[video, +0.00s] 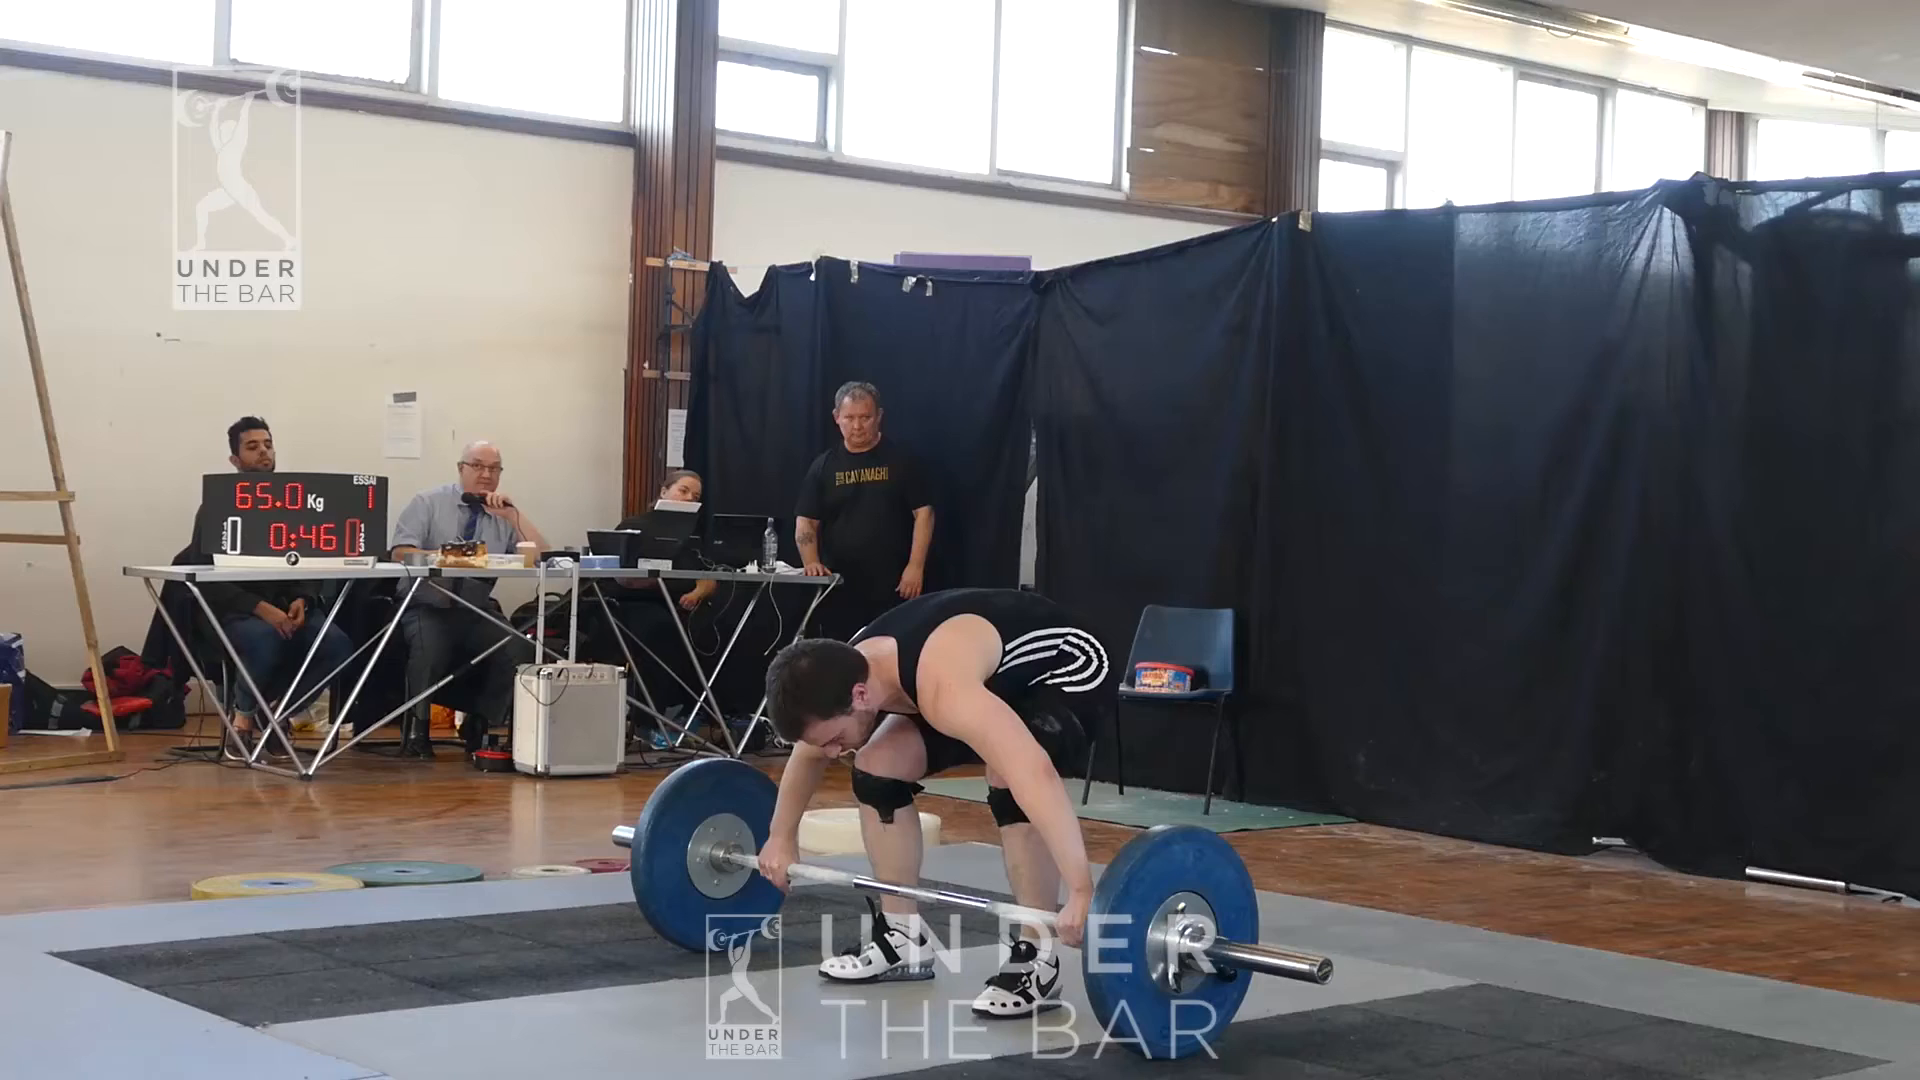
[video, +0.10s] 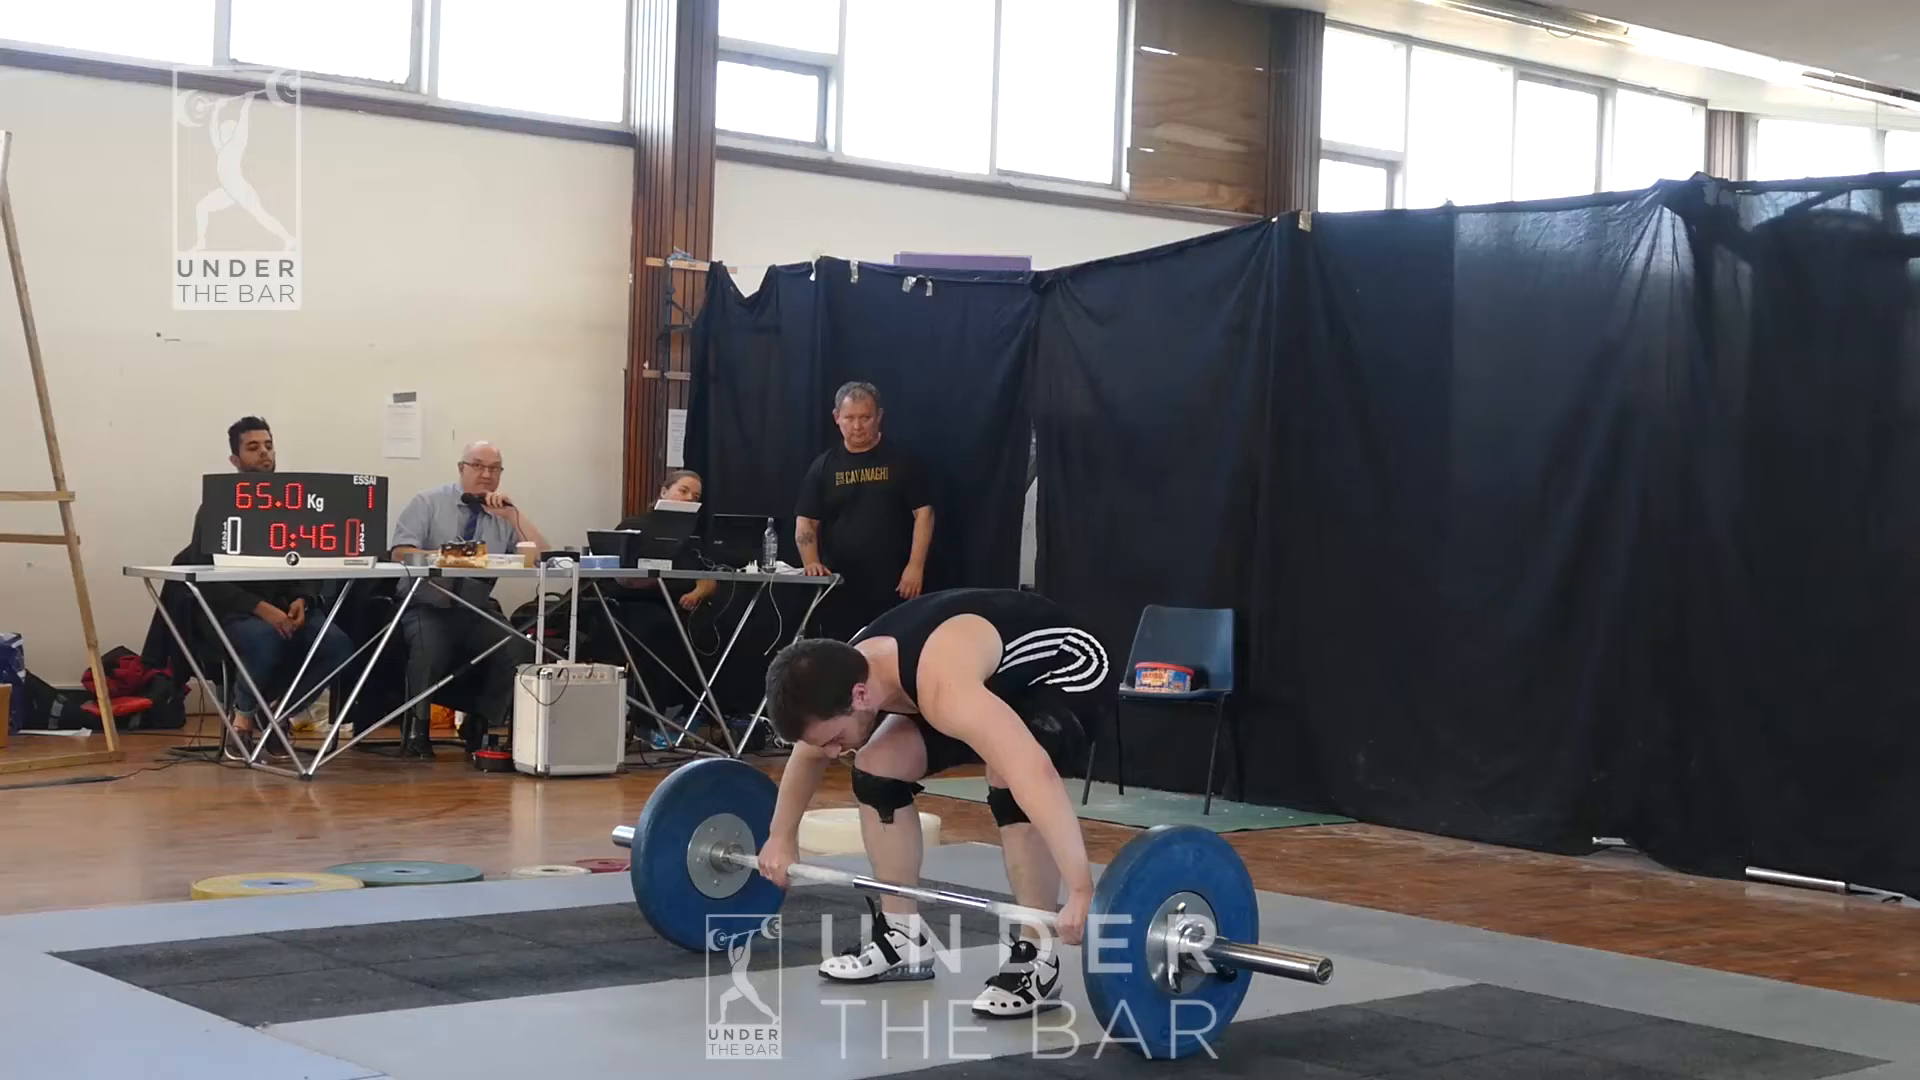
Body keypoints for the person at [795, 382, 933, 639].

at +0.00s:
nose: (857, 426)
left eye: (864, 418)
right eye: (849, 418)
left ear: (879, 417)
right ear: (837, 418)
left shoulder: (901, 460)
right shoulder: (823, 467)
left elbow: (924, 513)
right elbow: (806, 522)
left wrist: (915, 567)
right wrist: (811, 562)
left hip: (891, 583)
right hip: (839, 583)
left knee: (888, 666)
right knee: (839, 664)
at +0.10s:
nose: (857, 426)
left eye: (864, 418)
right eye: (849, 418)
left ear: (879, 418)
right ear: (837, 418)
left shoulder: (901, 460)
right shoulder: (823, 467)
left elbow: (924, 513)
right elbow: (806, 522)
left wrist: (915, 567)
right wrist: (811, 562)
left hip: (891, 582)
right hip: (839, 583)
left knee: (888, 665)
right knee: (839, 663)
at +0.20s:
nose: (857, 426)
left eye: (865, 418)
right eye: (850, 418)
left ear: (879, 418)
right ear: (837, 418)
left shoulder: (901, 460)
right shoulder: (823, 467)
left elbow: (924, 513)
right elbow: (806, 522)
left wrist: (915, 567)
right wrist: (811, 562)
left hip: (891, 582)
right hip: (839, 582)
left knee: (888, 665)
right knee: (839, 663)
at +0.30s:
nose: (857, 426)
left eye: (865, 418)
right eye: (850, 418)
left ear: (879, 418)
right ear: (837, 418)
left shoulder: (901, 460)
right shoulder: (823, 467)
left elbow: (923, 513)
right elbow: (806, 522)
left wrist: (914, 568)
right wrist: (811, 562)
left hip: (891, 582)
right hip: (839, 582)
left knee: (888, 665)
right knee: (839, 662)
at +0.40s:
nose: (857, 426)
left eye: (865, 418)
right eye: (850, 418)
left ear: (879, 418)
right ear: (837, 418)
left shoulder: (901, 460)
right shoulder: (823, 467)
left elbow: (924, 514)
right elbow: (806, 523)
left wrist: (914, 568)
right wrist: (811, 562)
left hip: (890, 583)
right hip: (839, 583)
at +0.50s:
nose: (857, 426)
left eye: (865, 418)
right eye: (850, 418)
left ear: (879, 418)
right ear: (837, 417)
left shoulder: (902, 461)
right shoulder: (823, 467)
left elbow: (923, 514)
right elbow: (806, 524)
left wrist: (914, 568)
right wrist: (812, 563)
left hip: (890, 583)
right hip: (839, 584)